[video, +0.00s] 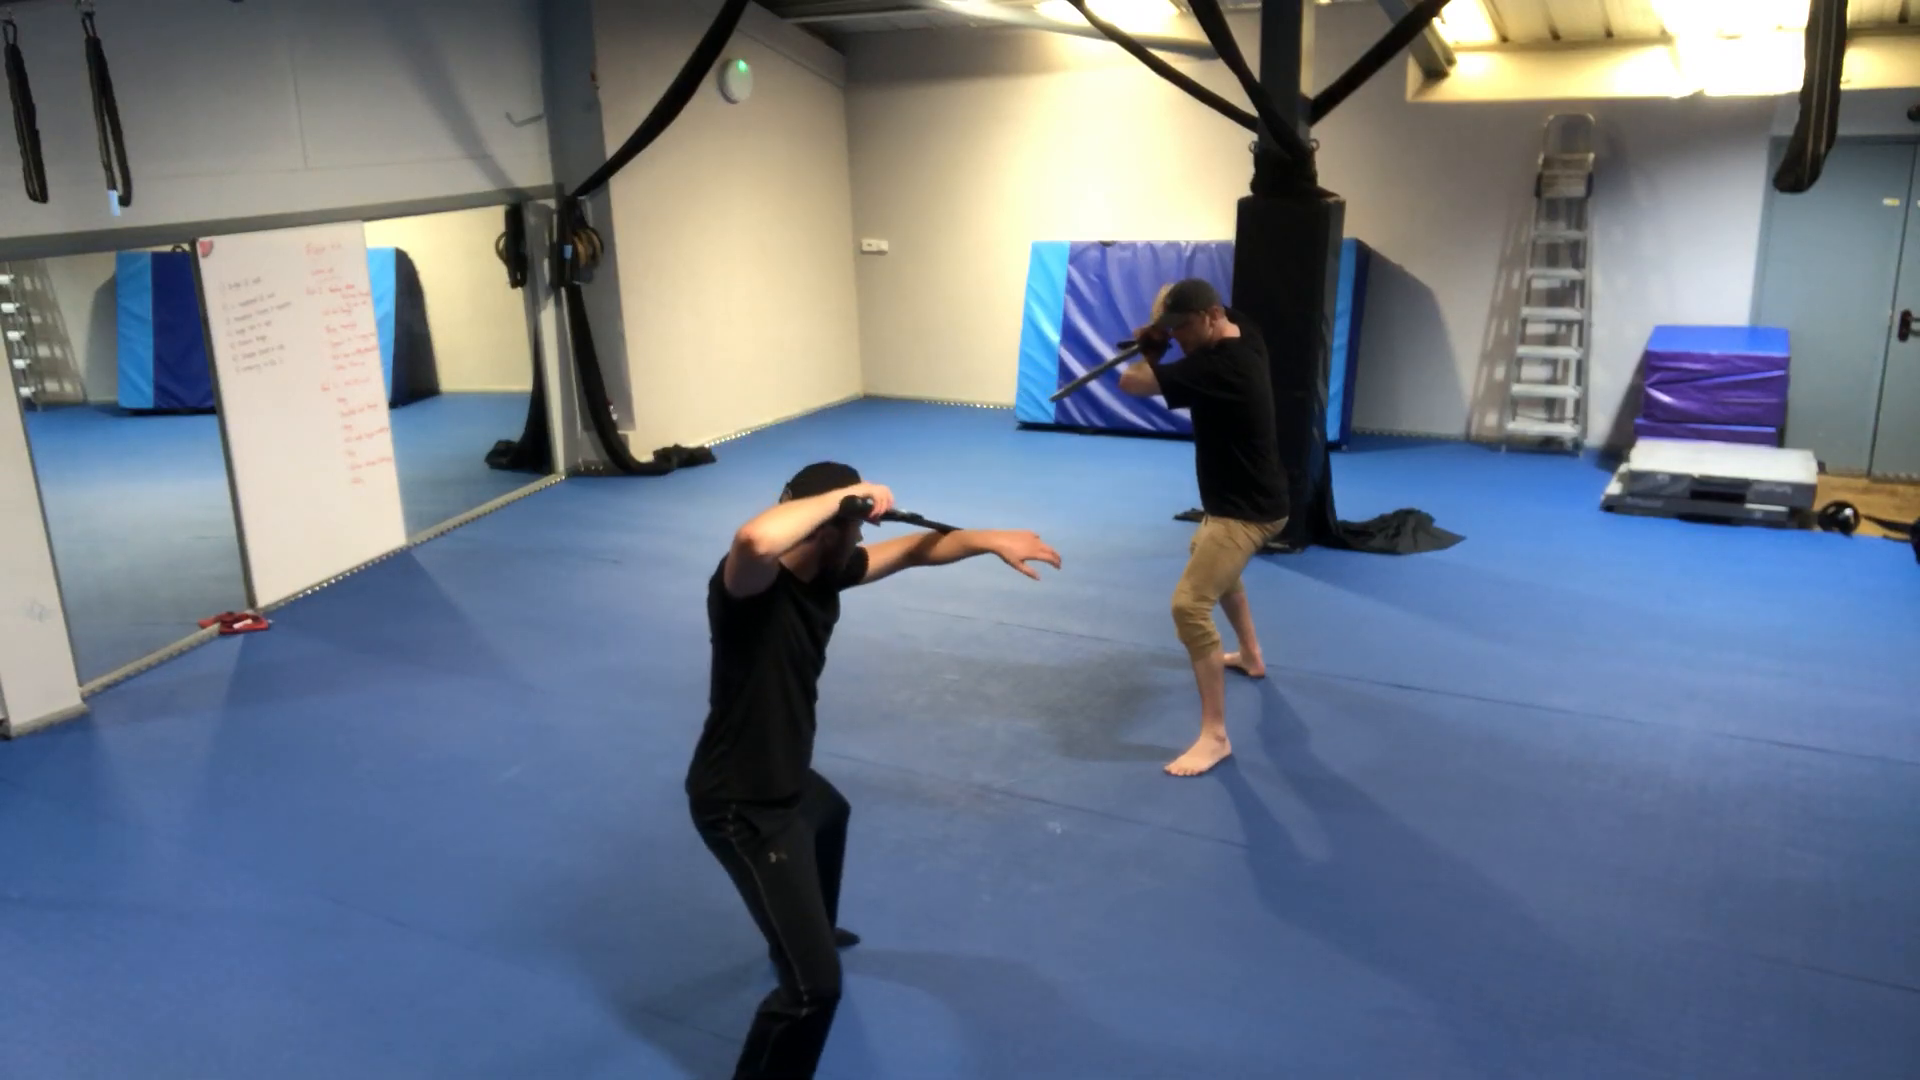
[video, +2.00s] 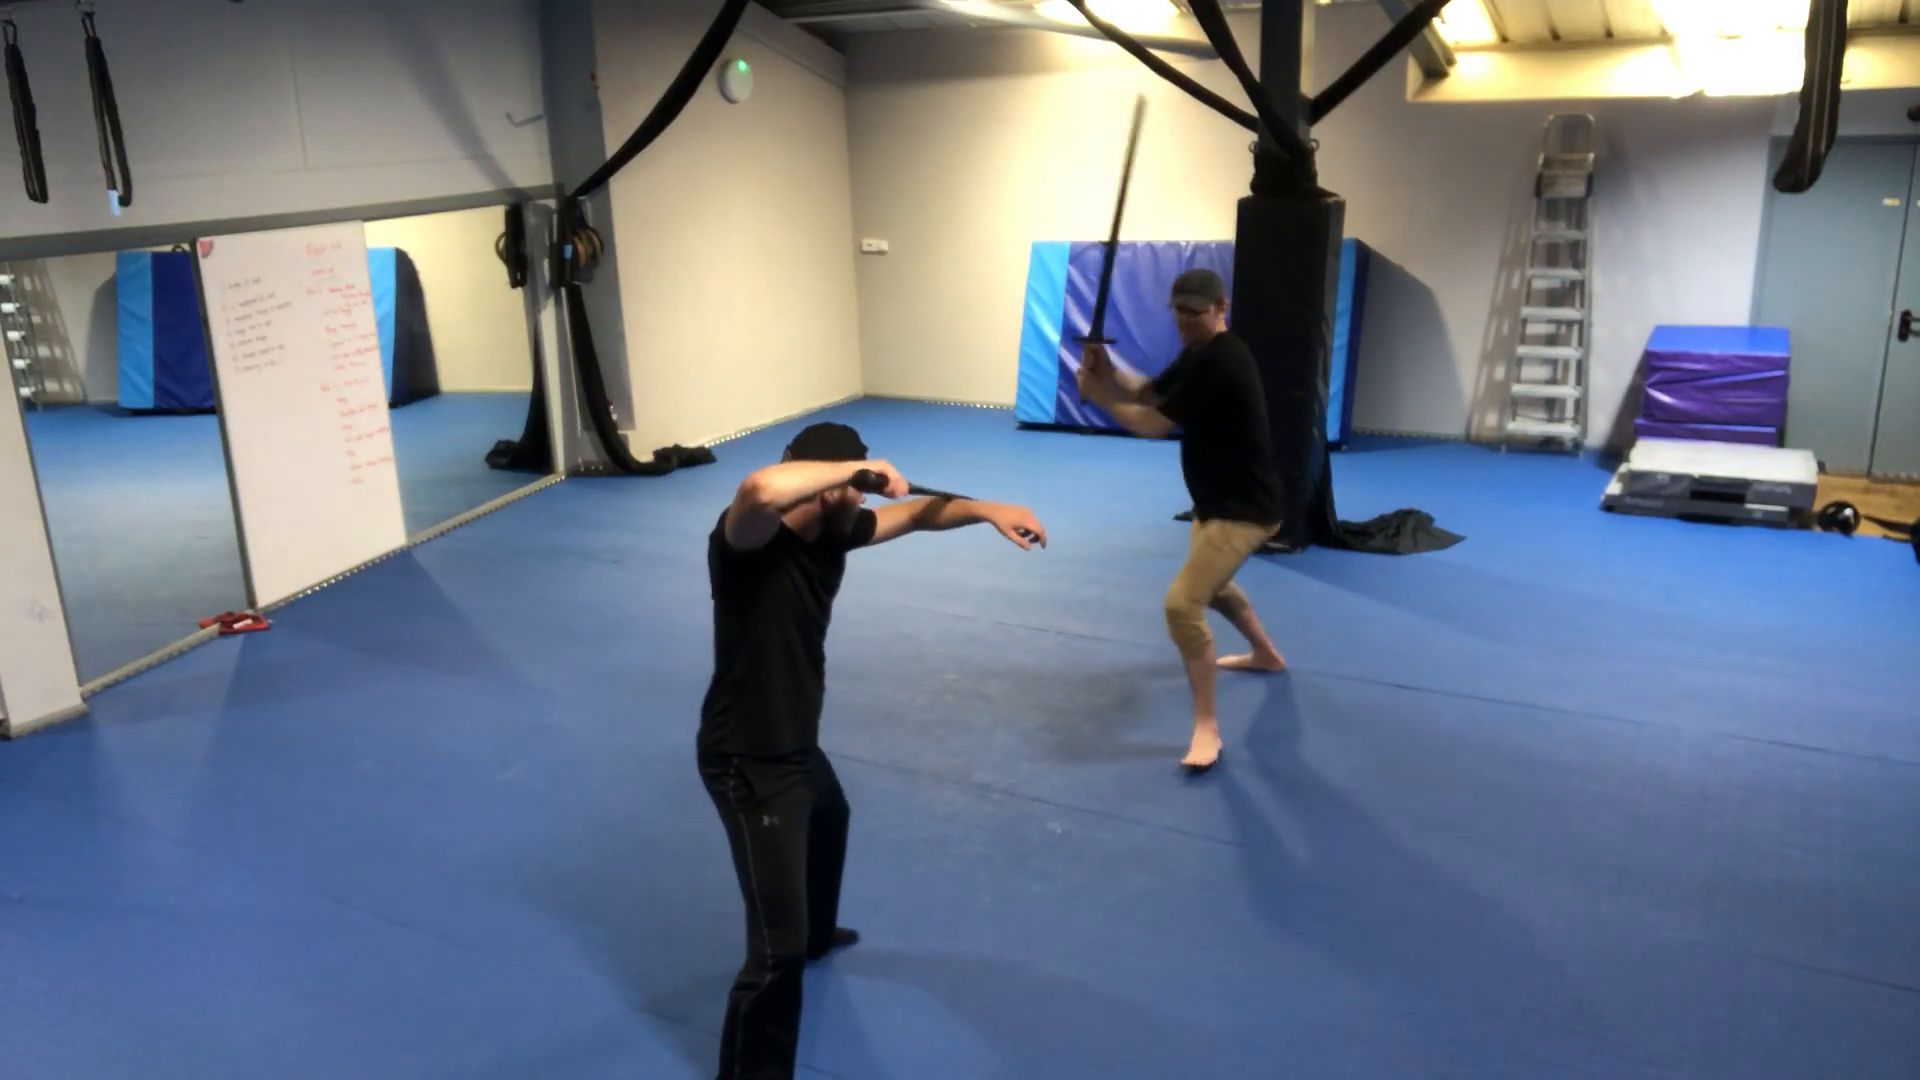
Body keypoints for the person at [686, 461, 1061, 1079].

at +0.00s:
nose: (857, 546)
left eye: (858, 533)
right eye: (849, 533)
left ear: (832, 534)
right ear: (818, 530)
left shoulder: (826, 574)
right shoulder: (748, 583)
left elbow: (916, 548)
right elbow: (755, 540)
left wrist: (990, 539)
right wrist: (842, 499)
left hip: (783, 776)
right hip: (739, 800)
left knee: (830, 815)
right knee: (814, 985)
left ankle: (810, 930)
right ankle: (760, 1075)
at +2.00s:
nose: (860, 505)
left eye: (863, 493)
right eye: (853, 491)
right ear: (818, 486)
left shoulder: (831, 536)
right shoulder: (746, 540)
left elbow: (915, 512)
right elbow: (759, 488)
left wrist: (989, 509)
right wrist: (853, 469)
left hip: (795, 749)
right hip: (746, 758)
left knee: (829, 818)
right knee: (780, 949)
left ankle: (810, 933)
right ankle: (752, 1073)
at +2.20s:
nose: (872, 498)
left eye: (874, 486)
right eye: (865, 485)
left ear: (864, 492)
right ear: (835, 484)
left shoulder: (846, 538)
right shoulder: (758, 543)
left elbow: (916, 535)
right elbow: (783, 491)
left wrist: (976, 526)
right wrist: (887, 465)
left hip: (816, 751)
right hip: (769, 761)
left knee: (847, 832)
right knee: (795, 959)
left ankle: (818, 934)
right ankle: (756, 1076)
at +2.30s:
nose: (876, 499)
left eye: (877, 487)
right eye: (867, 486)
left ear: (855, 482)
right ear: (834, 482)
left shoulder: (849, 541)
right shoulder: (782, 544)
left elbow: (905, 545)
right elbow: (842, 492)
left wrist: (960, 523)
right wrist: (928, 451)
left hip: (831, 752)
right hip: (795, 761)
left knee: (878, 809)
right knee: (812, 959)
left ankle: (829, 947)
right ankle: (767, 1075)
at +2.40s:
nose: (884, 481)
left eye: (884, 471)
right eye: (882, 471)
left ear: (818, 465)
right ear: (869, 474)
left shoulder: (822, 532)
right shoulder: (816, 536)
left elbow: (887, 535)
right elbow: (911, 474)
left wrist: (938, 504)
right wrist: (964, 406)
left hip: (851, 743)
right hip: (850, 750)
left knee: (887, 860)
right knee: (870, 921)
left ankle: (888, 992)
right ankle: (784, 1068)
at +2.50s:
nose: (885, 472)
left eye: (867, 467)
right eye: (880, 464)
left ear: (816, 477)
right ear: (872, 474)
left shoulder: (794, 535)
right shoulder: (888, 513)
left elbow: (865, 500)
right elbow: (979, 417)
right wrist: (979, 341)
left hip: (847, 742)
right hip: (910, 743)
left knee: (892, 838)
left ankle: (890, 987)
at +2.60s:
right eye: (894, 451)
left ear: (836, 466)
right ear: (891, 465)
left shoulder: (815, 526)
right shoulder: (931, 499)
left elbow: (868, 460)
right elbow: (984, 394)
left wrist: (950, 414)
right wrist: (976, 311)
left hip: (879, 736)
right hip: (953, 731)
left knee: (904, 841)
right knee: (1055, 874)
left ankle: (884, 993)